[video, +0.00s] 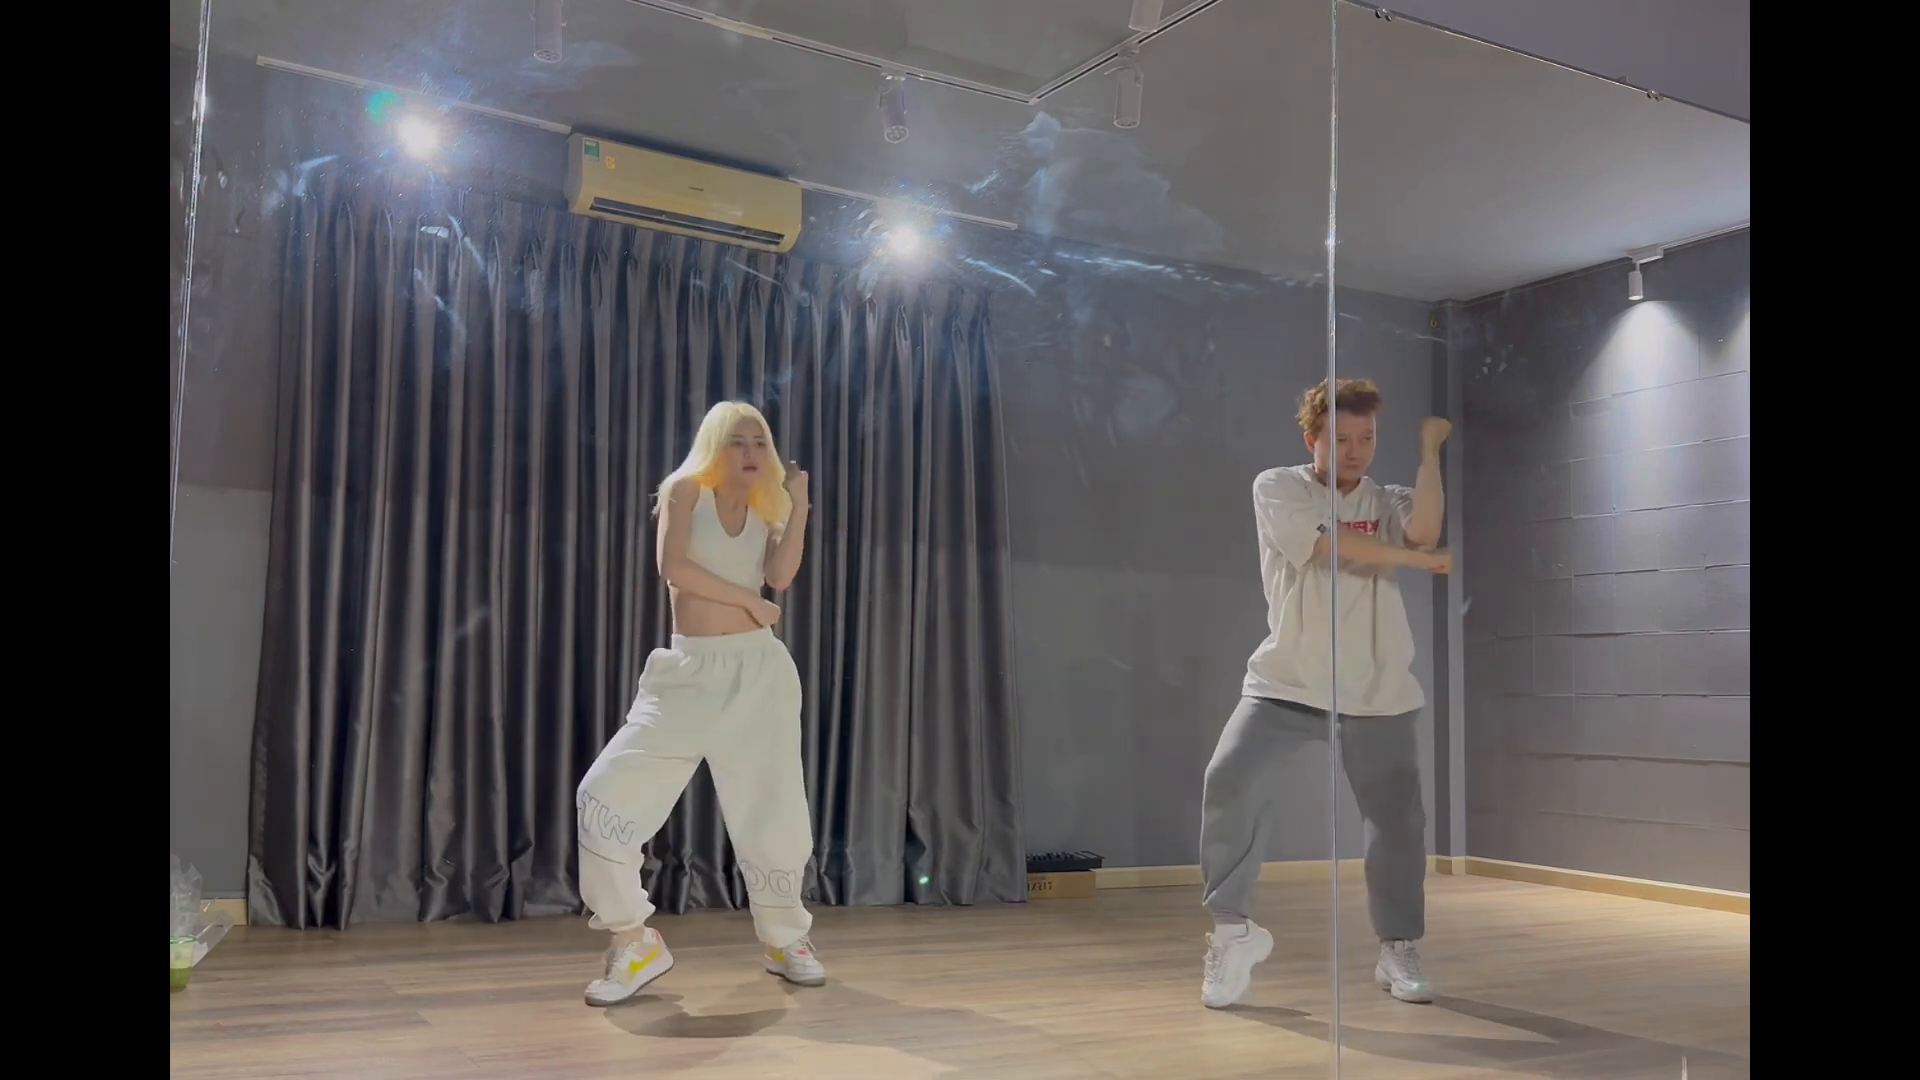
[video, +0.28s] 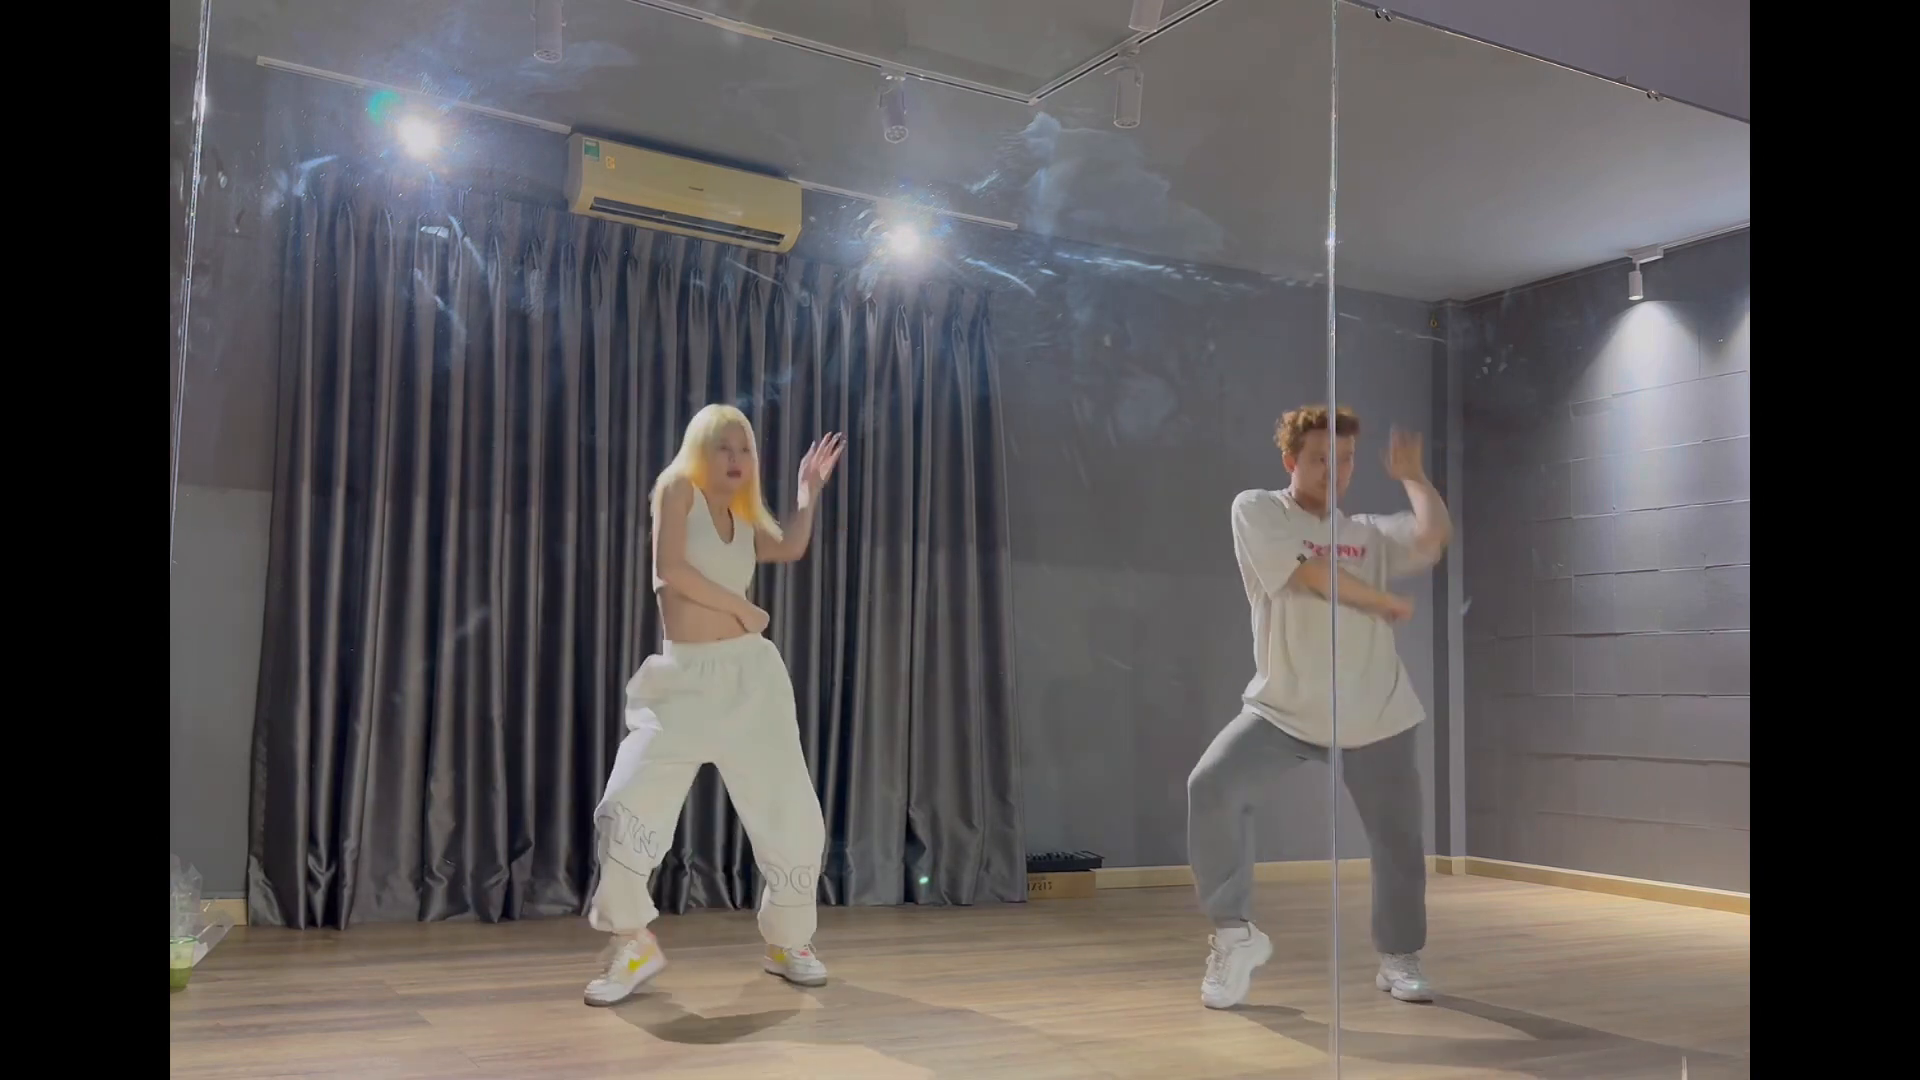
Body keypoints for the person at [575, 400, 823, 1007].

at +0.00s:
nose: (751, 451)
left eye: (759, 442)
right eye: (738, 442)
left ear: (770, 451)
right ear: (714, 450)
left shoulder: (771, 506)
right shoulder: (685, 490)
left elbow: (780, 577)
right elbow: (675, 570)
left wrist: (799, 512)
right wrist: (750, 600)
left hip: (760, 677)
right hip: (685, 678)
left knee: (773, 810)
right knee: (603, 798)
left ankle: (786, 941)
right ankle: (637, 942)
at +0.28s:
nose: (739, 459)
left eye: (746, 449)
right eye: (727, 448)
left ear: (754, 459)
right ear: (701, 453)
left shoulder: (746, 515)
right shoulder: (678, 489)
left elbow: (790, 549)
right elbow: (672, 570)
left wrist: (808, 490)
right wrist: (742, 608)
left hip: (751, 680)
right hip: (680, 683)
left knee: (791, 814)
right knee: (622, 812)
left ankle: (789, 944)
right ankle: (635, 946)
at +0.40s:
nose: (725, 444)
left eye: (736, 435)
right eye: (714, 432)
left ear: (747, 443)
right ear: (686, 437)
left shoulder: (752, 499)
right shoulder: (666, 493)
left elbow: (761, 483)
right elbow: (676, 576)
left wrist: (762, 419)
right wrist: (746, 593)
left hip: (730, 672)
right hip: (670, 664)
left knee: (790, 801)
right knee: (636, 812)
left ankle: (780, 939)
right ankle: (582, 943)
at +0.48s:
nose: (724, 457)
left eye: (733, 447)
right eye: (712, 445)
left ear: (744, 459)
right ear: (685, 451)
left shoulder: (755, 511)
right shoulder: (661, 516)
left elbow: (737, 590)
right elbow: (680, 596)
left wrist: (742, 618)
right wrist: (751, 608)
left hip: (719, 680)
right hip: (664, 669)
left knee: (785, 802)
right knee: (632, 809)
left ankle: (778, 939)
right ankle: (579, 946)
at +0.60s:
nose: (716, 465)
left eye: (727, 458)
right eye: (702, 453)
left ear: (738, 471)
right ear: (669, 461)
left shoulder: (745, 510)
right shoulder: (651, 514)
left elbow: (726, 539)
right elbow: (668, 605)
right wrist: (739, 616)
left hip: (721, 692)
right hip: (657, 681)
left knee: (789, 812)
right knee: (627, 824)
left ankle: (780, 942)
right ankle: (583, 950)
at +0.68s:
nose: (720, 467)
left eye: (729, 459)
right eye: (707, 454)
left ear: (738, 471)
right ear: (673, 464)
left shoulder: (737, 509)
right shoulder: (650, 522)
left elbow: (782, 533)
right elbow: (667, 606)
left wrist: (703, 501)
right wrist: (740, 615)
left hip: (734, 693)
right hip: (666, 685)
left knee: (801, 819)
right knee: (628, 826)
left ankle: (771, 940)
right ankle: (589, 950)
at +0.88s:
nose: (743, 468)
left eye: (751, 459)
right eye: (731, 457)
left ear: (756, 471)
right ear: (702, 463)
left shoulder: (754, 530)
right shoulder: (684, 508)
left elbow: (826, 530)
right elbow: (682, 583)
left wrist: (777, 502)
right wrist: (758, 602)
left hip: (785, 687)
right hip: (721, 692)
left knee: (814, 830)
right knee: (675, 841)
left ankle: (758, 948)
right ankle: (597, 947)